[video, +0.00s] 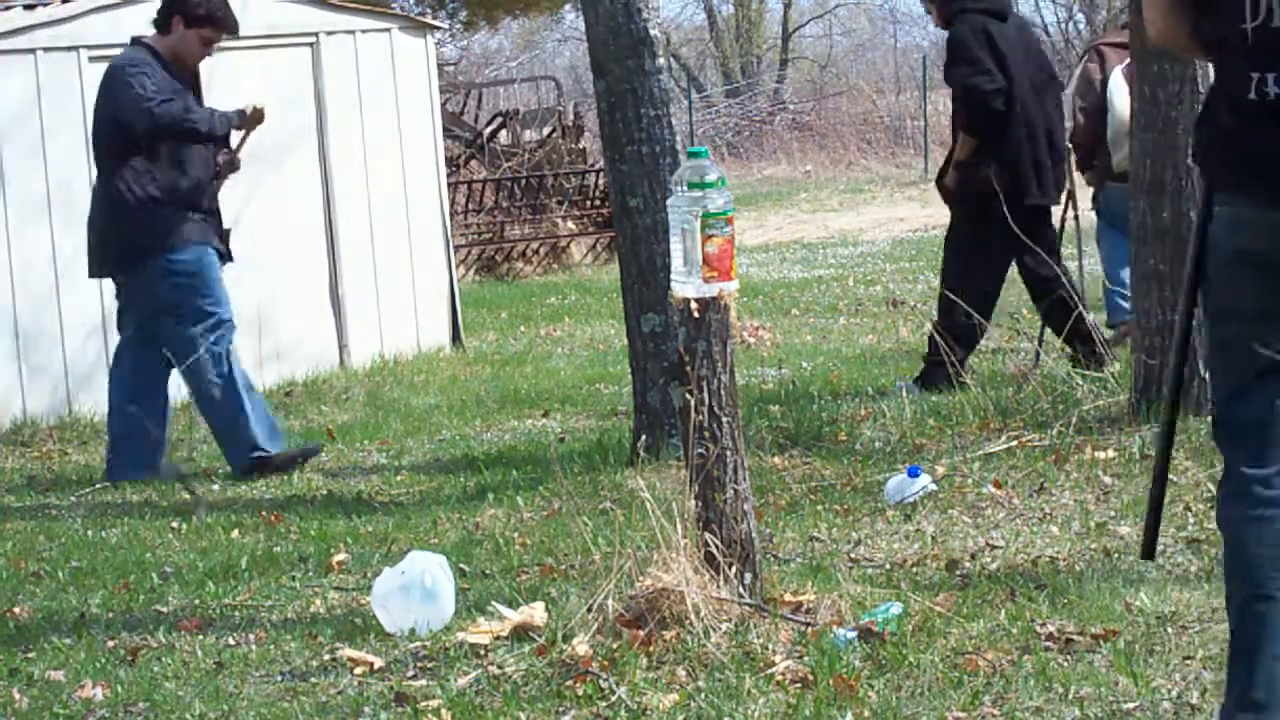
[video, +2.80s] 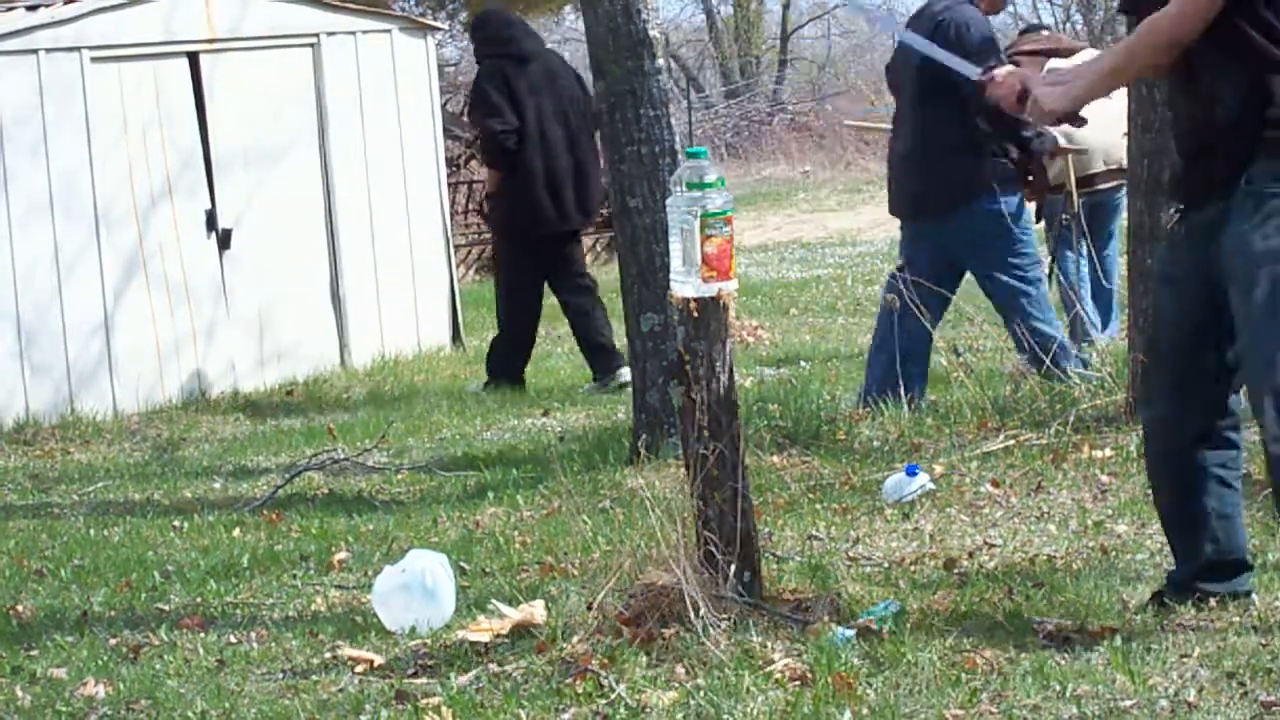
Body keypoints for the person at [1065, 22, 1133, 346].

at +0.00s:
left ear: (1127, 16)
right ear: (1157, 19)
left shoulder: (1103, 54)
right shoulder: (1176, 52)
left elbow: (1083, 119)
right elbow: (1193, 116)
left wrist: (1089, 166)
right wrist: (1186, 164)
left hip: (1121, 175)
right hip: (1171, 177)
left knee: (1114, 229)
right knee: (1168, 242)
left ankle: (1124, 314)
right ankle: (1170, 318)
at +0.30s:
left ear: (1112, 36)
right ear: (1148, 33)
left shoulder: (1097, 62)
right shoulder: (1166, 58)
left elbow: (1075, 112)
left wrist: (1084, 167)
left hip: (1113, 176)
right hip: (1162, 178)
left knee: (1099, 250)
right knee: (1163, 259)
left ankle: (1090, 331)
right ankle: (1166, 337)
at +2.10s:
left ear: (1059, 33)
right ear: (1097, 30)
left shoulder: (1044, 61)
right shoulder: (1122, 53)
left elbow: (1030, 126)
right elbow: (1149, 106)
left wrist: (1043, 177)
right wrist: (1147, 157)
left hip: (1080, 178)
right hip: (1133, 170)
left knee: (1083, 259)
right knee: (1150, 254)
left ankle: (1089, 339)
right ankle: (1162, 334)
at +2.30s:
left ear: (1037, 35)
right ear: (1073, 30)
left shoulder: (1026, 62)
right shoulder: (1108, 51)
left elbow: (1018, 129)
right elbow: (1140, 101)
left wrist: (1036, 183)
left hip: (1072, 177)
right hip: (1126, 166)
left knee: (1079, 264)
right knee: (1148, 250)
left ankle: (1088, 342)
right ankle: (1169, 328)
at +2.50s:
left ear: (1021, 38)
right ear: (1058, 30)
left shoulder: (1016, 65)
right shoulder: (1093, 50)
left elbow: (1014, 132)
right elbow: (1130, 96)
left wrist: (1025, 181)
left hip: (1064, 177)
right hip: (1120, 163)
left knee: (1075, 255)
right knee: (1122, 216)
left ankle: (1087, 341)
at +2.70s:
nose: (1017, 13)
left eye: (1018, 8)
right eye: (1020, 6)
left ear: (1025, 15)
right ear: (1054, 11)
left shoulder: (1016, 58)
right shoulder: (1096, 37)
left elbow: (1010, 126)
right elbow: (1125, 95)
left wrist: (1024, 180)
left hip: (1059, 171)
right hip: (1114, 159)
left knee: (1072, 251)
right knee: (1110, 236)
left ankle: (1086, 333)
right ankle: (1114, 315)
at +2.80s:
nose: (1017, 75)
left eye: (1018, 66)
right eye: (1015, 67)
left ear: (1028, 57)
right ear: (1056, 44)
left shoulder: (1026, 79)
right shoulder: (1099, 60)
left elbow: (1024, 133)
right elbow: (1126, 117)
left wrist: (1032, 179)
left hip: (1064, 170)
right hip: (1115, 162)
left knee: (1068, 249)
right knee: (1105, 245)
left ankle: (1085, 331)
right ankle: (1107, 325)